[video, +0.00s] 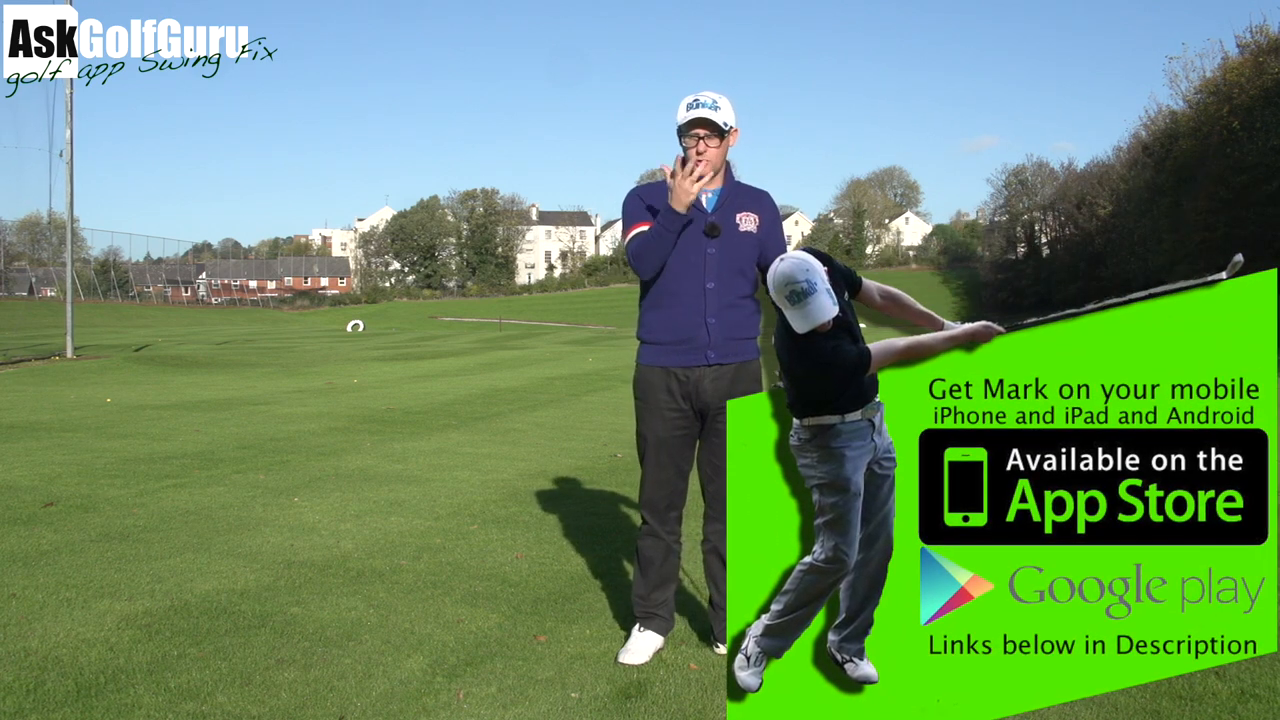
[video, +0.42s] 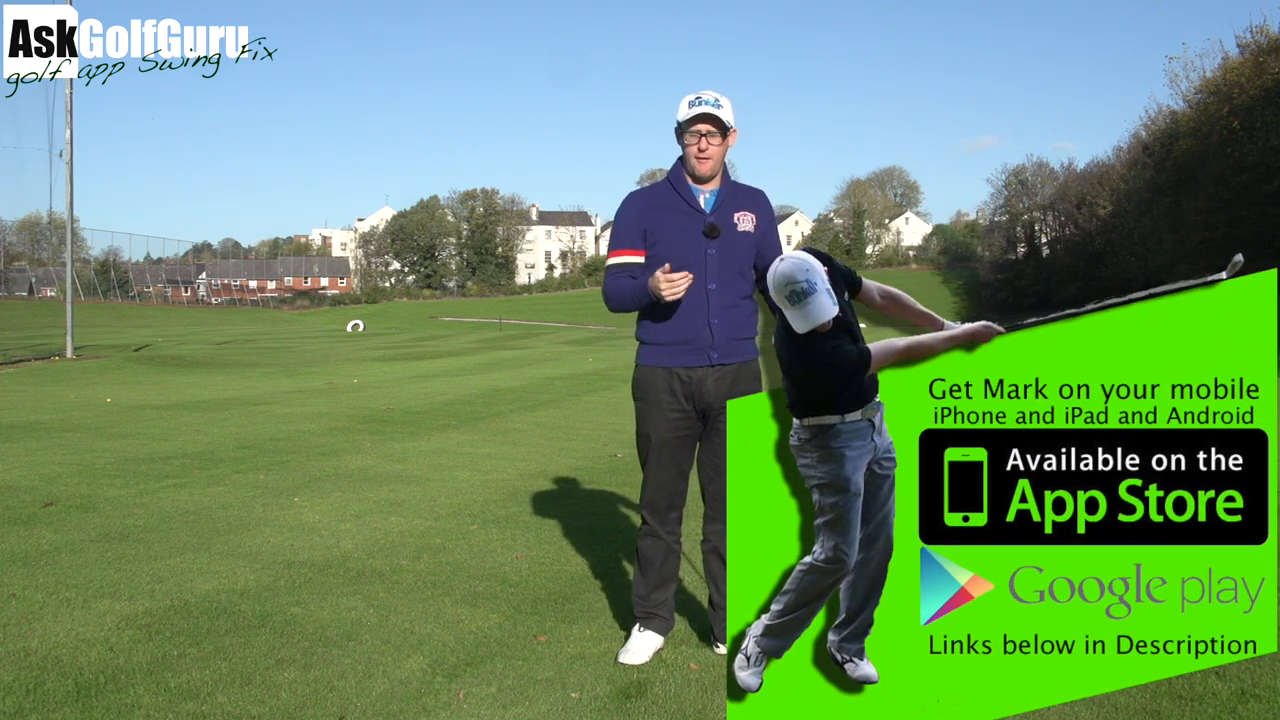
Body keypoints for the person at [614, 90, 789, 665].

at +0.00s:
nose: (699, 145)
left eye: (709, 136)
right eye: (690, 136)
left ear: (731, 140)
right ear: (679, 140)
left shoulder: (757, 203)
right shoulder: (648, 197)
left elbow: (782, 286)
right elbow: (642, 264)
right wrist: (676, 209)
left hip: (735, 373)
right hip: (662, 374)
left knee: (731, 510)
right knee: (659, 507)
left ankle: (733, 626)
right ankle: (652, 620)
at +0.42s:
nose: (702, 142)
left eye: (712, 133)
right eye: (693, 134)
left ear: (730, 140)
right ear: (680, 142)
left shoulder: (754, 204)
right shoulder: (641, 206)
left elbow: (775, 280)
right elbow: (616, 291)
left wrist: (815, 298)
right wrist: (650, 289)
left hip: (736, 375)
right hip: (663, 377)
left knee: (730, 510)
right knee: (660, 506)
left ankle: (731, 624)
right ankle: (651, 620)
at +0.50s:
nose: (702, 141)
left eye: (712, 132)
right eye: (693, 133)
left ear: (728, 140)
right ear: (678, 140)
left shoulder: (754, 204)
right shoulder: (640, 206)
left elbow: (775, 282)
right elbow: (613, 290)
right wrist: (643, 297)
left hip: (735, 375)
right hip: (662, 377)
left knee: (729, 509)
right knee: (660, 506)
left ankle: (730, 624)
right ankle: (651, 620)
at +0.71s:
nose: (695, 144)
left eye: (706, 135)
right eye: (686, 134)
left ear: (721, 142)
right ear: (671, 139)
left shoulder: (748, 202)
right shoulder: (632, 206)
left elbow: (773, 283)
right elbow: (612, 291)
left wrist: (766, 335)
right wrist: (656, 295)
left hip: (730, 375)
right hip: (654, 375)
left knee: (725, 509)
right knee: (654, 507)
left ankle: (730, 623)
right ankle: (651, 620)